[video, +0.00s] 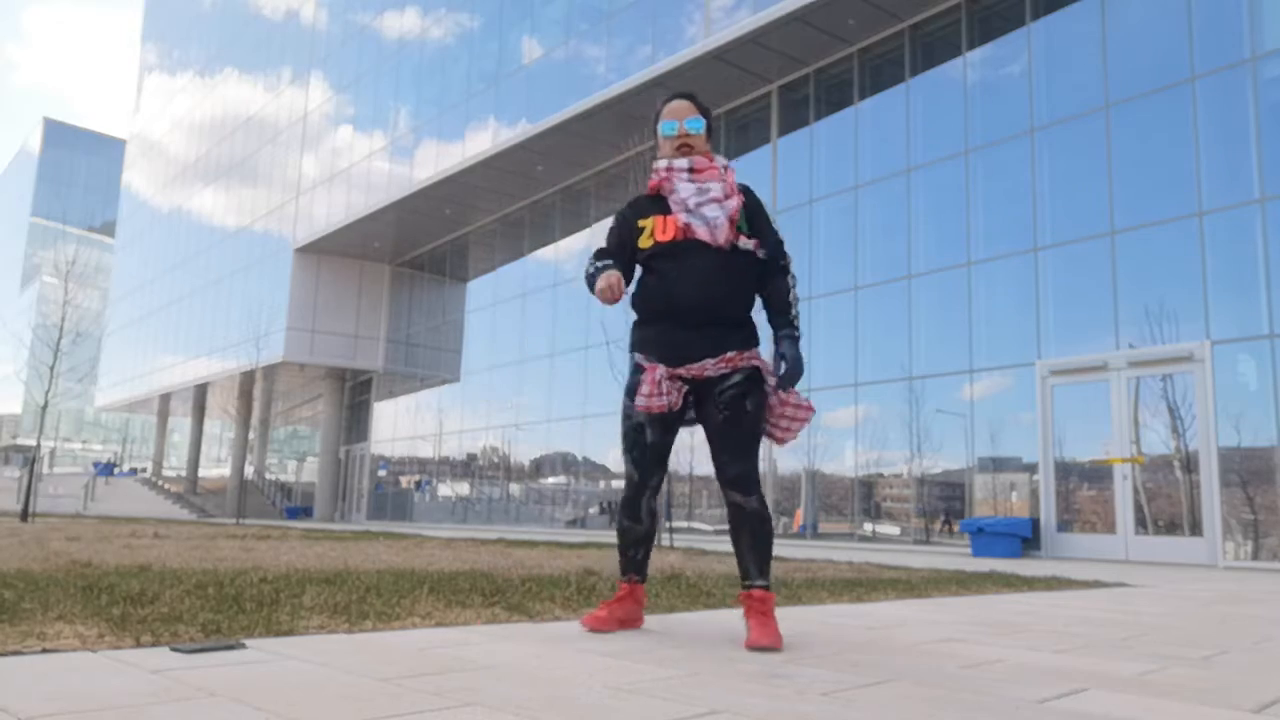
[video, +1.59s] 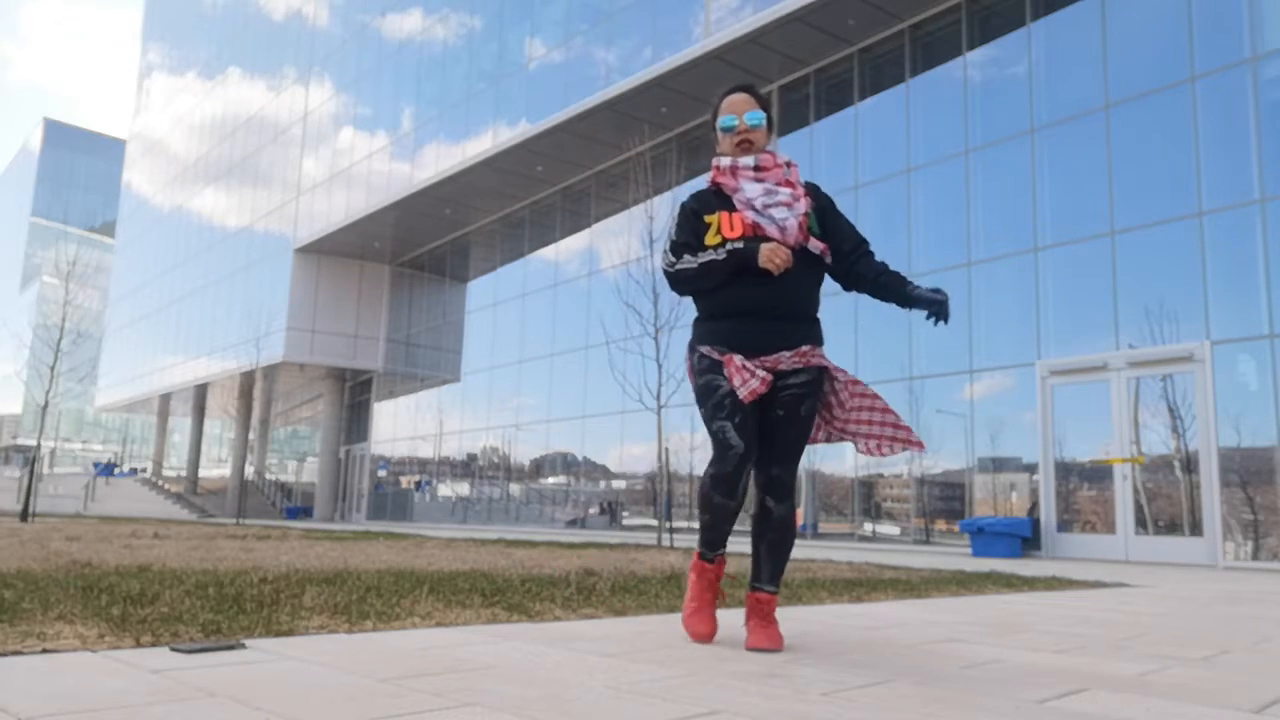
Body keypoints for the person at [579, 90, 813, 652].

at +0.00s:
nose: (680, 135)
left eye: (690, 126)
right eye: (670, 127)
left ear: (708, 136)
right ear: (657, 139)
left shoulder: (741, 203)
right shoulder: (641, 208)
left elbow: (775, 273)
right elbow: (610, 257)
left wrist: (787, 340)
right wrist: (605, 275)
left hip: (729, 360)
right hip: (657, 363)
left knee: (741, 481)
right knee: (641, 478)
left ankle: (758, 604)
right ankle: (629, 594)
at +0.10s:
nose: (698, 132)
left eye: (708, 123)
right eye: (686, 124)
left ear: (725, 134)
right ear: (672, 139)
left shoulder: (757, 204)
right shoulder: (655, 210)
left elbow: (795, 270)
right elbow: (623, 278)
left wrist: (819, 328)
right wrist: (649, 265)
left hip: (747, 359)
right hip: (675, 362)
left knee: (751, 482)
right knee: (670, 475)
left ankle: (759, 604)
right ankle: (671, 586)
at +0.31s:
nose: (714, 138)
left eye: (724, 129)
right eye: (703, 130)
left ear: (741, 137)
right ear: (689, 140)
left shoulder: (769, 205)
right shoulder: (673, 205)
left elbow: (809, 273)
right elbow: (660, 271)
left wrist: (849, 327)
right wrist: (737, 251)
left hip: (775, 358)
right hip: (704, 363)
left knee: (771, 479)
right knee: (727, 471)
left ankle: (764, 603)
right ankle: (724, 591)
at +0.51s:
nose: (723, 129)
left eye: (733, 120)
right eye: (712, 121)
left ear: (750, 130)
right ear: (696, 134)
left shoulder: (781, 199)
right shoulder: (680, 202)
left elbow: (812, 277)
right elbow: (666, 267)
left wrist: (839, 346)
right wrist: (747, 251)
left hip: (774, 357)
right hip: (700, 359)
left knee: (769, 482)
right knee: (675, 471)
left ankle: (762, 604)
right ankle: (666, 580)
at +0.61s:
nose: (723, 127)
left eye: (732, 117)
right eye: (711, 119)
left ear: (750, 127)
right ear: (696, 132)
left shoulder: (781, 200)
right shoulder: (680, 200)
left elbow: (812, 278)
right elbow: (662, 265)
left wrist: (842, 343)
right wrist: (739, 248)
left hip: (771, 357)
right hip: (694, 357)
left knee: (764, 482)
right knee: (648, 464)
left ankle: (762, 606)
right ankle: (602, 578)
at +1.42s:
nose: (736, 132)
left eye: (746, 122)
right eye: (724, 125)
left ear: (764, 129)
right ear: (710, 137)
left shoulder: (804, 199)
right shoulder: (699, 209)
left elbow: (855, 261)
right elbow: (675, 276)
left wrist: (913, 302)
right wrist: (742, 253)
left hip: (787, 362)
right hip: (710, 359)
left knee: (772, 486)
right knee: (667, 462)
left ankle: (762, 609)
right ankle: (628, 570)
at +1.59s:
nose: (743, 132)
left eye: (753, 122)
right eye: (730, 125)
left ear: (770, 132)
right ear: (715, 138)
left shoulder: (808, 201)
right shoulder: (700, 207)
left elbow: (855, 264)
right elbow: (677, 273)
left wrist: (908, 292)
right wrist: (747, 253)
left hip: (794, 355)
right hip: (720, 354)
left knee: (778, 482)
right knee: (734, 452)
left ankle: (763, 607)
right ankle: (707, 573)